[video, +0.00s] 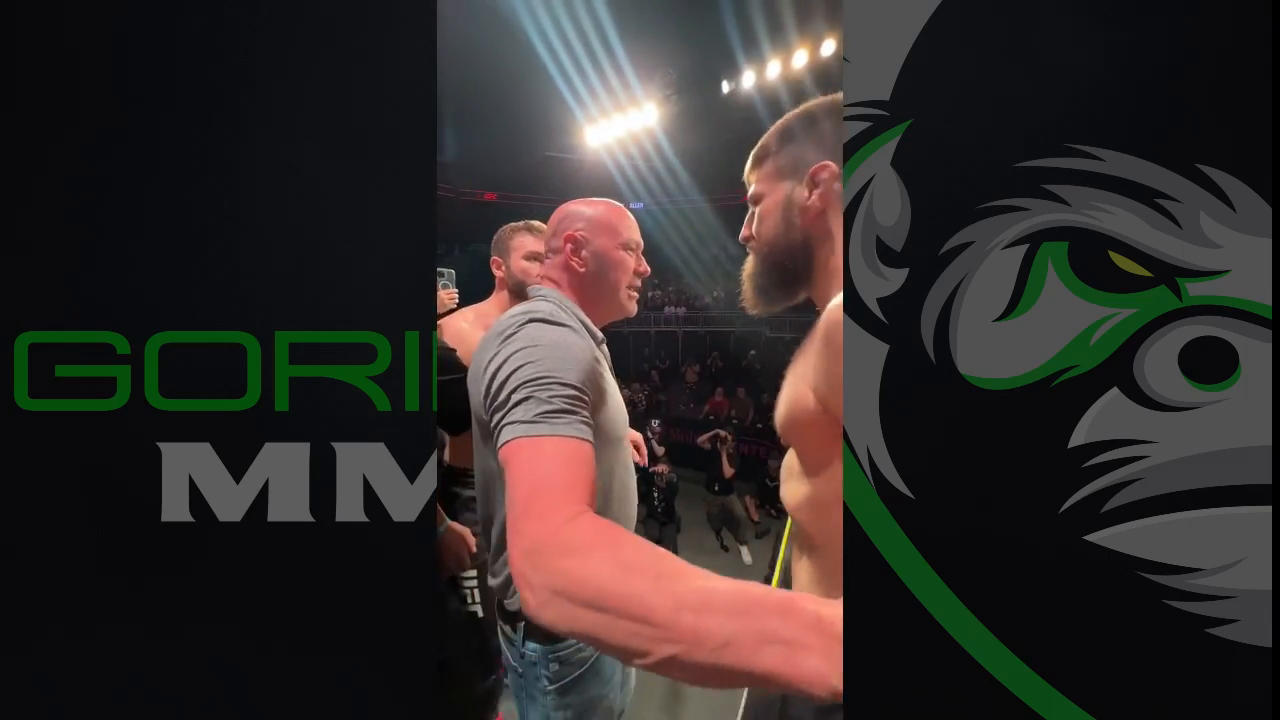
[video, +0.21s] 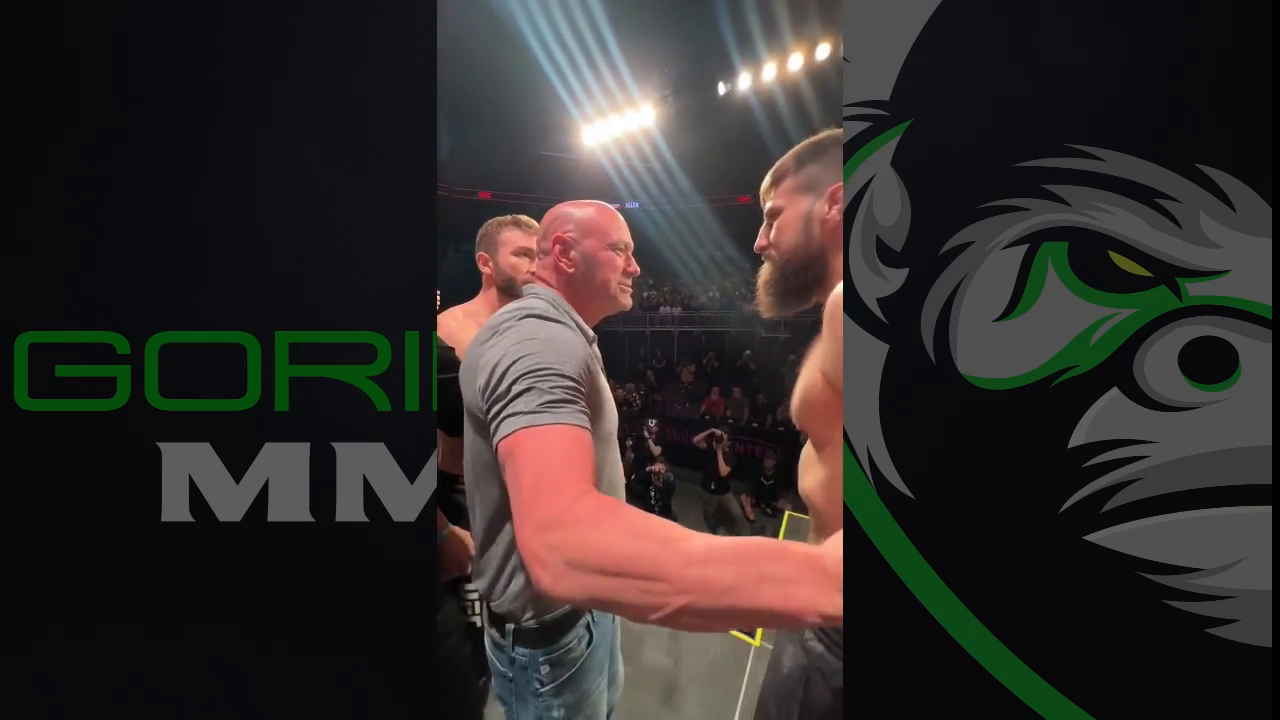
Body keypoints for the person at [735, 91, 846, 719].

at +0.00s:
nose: (743, 233)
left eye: (755, 202)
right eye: (746, 208)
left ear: (819, 188)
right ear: (817, 189)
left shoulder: (845, 323)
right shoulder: (831, 327)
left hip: (834, 675)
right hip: (811, 666)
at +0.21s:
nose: (761, 241)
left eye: (774, 216)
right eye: (763, 221)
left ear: (833, 206)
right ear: (830, 208)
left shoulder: (846, 305)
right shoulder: (838, 309)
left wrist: (817, 584)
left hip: (840, 617)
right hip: (826, 607)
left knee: (785, 708)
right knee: (783, 705)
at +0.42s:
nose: (775, 246)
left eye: (789, 223)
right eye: (777, 229)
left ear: (850, 218)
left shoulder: (862, 343)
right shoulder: (844, 338)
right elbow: (841, 524)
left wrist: (829, 696)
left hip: (845, 627)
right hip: (822, 607)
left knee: (798, 708)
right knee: (789, 704)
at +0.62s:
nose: (771, 250)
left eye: (786, 224)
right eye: (774, 232)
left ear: (844, 217)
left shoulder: (858, 349)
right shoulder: (845, 342)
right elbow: (837, 520)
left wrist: (844, 699)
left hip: (841, 604)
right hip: (821, 593)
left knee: (796, 707)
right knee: (787, 704)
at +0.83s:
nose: (762, 246)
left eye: (775, 222)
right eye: (765, 228)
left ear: (832, 211)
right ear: (829, 215)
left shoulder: (855, 339)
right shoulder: (837, 335)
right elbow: (829, 504)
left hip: (837, 596)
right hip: (817, 587)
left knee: (798, 705)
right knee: (781, 703)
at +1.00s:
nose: (764, 245)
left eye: (776, 221)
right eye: (766, 227)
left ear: (832, 211)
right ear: (829, 214)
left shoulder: (858, 333)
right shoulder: (835, 330)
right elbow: (829, 482)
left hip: (836, 589)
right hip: (812, 579)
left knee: (800, 706)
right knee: (783, 704)